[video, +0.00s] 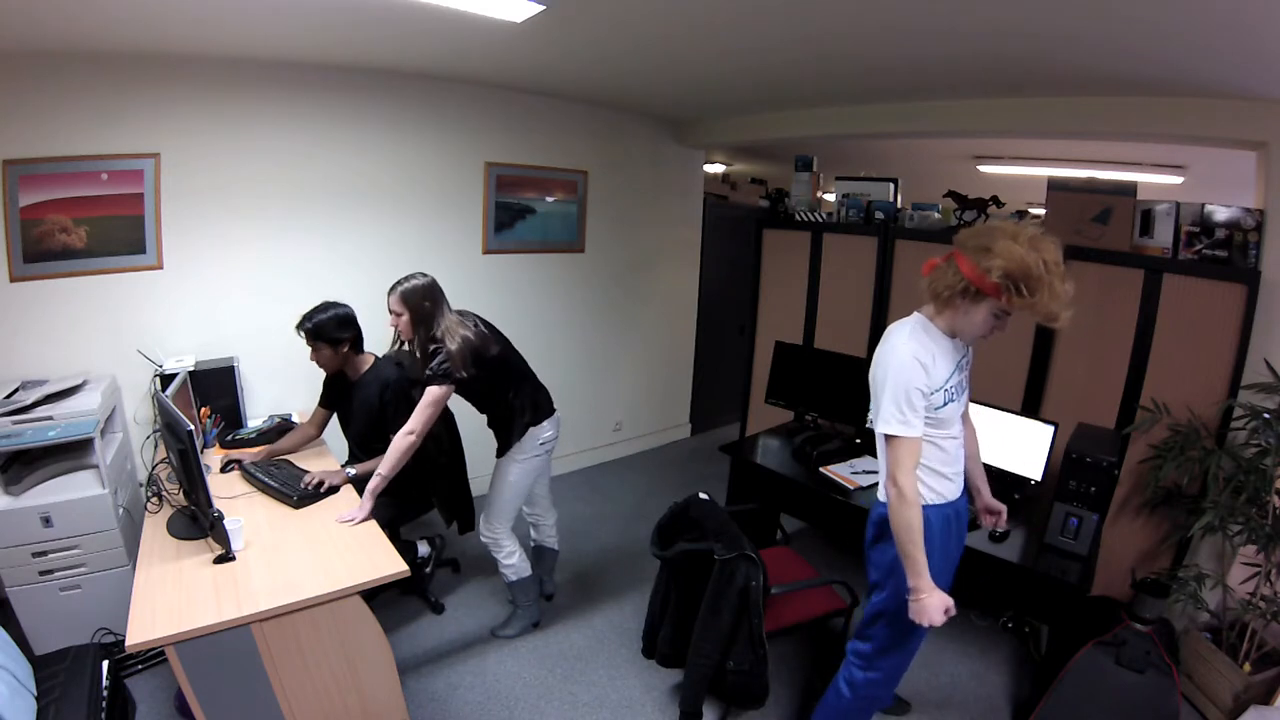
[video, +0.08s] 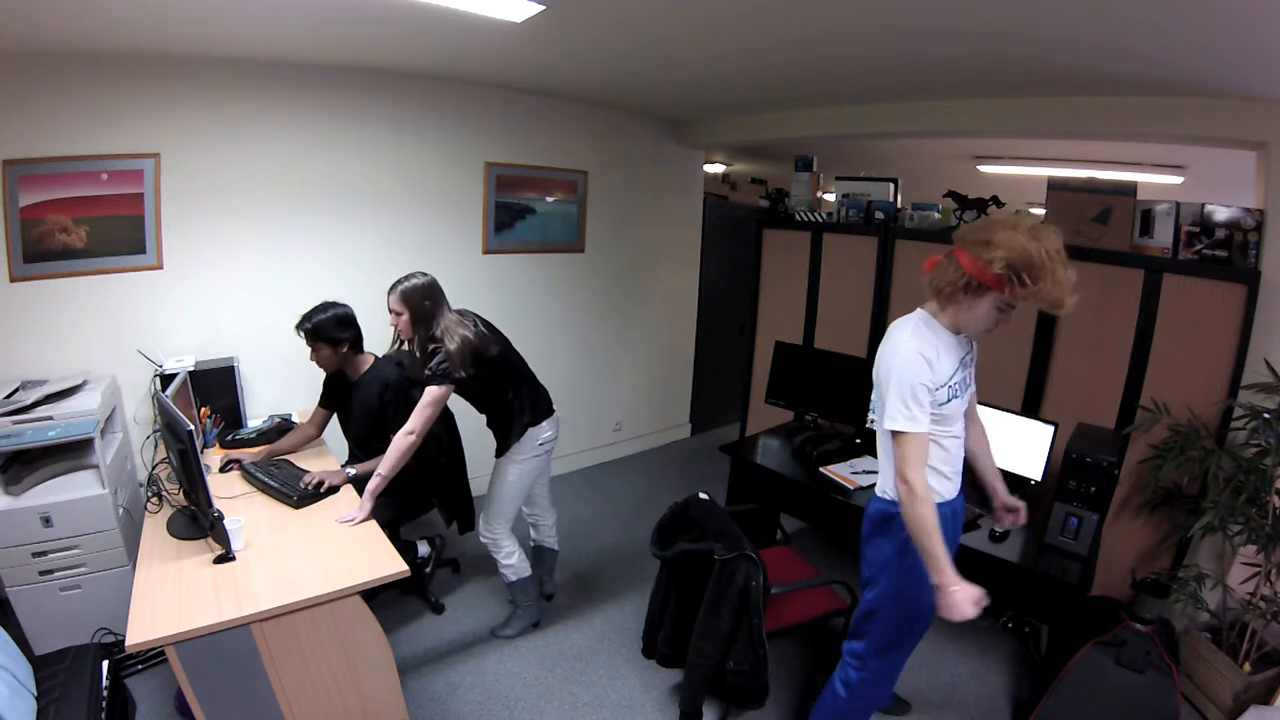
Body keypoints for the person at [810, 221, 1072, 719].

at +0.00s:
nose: (999, 330)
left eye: (1006, 319)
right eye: (998, 316)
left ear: (974, 298)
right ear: (969, 293)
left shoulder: (954, 340)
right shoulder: (905, 356)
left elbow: (960, 419)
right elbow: (900, 484)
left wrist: (980, 491)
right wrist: (920, 586)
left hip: (945, 512)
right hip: (911, 521)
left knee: (908, 616)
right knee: (879, 647)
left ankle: (877, 688)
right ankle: (840, 712)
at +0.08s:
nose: (1004, 323)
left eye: (1010, 312)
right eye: (1002, 309)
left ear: (976, 293)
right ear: (972, 289)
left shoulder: (958, 338)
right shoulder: (910, 352)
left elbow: (968, 419)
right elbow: (910, 485)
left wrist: (997, 491)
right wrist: (946, 580)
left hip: (943, 511)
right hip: (904, 522)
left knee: (907, 615)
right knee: (871, 652)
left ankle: (875, 688)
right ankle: (836, 713)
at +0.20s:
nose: (1005, 325)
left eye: (1012, 314)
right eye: (1004, 311)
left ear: (979, 296)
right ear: (972, 290)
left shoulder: (964, 341)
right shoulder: (912, 350)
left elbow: (981, 418)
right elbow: (932, 479)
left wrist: (1027, 487)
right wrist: (993, 574)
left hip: (931, 516)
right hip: (896, 523)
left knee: (910, 619)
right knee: (869, 665)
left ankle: (876, 689)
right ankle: (834, 715)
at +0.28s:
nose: (1005, 327)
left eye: (1011, 315)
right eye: (1003, 313)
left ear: (979, 296)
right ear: (972, 290)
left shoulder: (963, 342)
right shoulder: (912, 352)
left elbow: (982, 421)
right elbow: (932, 479)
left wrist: (1027, 488)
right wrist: (992, 573)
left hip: (931, 520)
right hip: (895, 527)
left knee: (910, 624)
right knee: (872, 678)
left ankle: (878, 692)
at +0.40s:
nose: (1001, 329)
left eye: (1008, 317)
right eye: (1000, 315)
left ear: (974, 298)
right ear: (968, 293)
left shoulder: (959, 341)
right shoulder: (908, 356)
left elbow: (966, 421)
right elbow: (905, 484)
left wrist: (989, 496)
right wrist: (931, 586)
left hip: (949, 512)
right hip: (913, 523)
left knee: (909, 619)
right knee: (880, 656)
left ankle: (880, 690)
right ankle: (839, 714)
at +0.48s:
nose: (1002, 327)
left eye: (1008, 315)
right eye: (1000, 312)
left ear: (977, 295)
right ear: (971, 291)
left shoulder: (958, 339)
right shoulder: (908, 356)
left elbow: (964, 421)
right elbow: (904, 484)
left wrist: (985, 495)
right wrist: (928, 585)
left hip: (949, 513)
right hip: (914, 522)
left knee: (906, 618)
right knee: (879, 651)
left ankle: (877, 689)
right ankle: (838, 713)